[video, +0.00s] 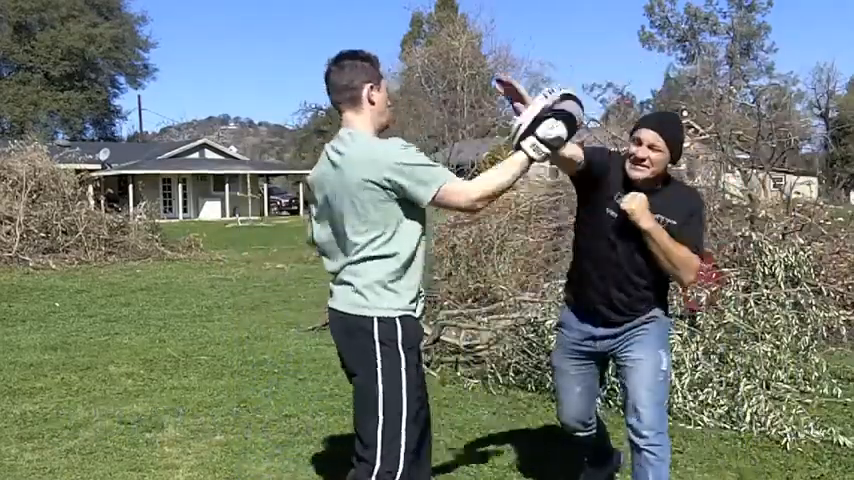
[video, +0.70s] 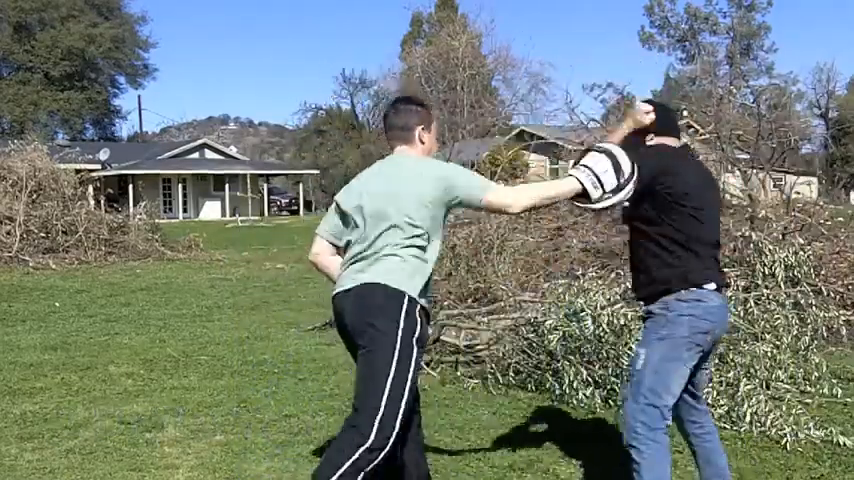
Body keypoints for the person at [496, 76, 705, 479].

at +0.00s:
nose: (640, 153)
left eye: (653, 147)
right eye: (637, 142)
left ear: (672, 157)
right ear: (628, 141)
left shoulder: (685, 200)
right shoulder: (603, 164)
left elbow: (688, 272)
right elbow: (563, 153)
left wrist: (648, 223)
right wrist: (532, 119)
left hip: (642, 325)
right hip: (580, 321)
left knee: (646, 427)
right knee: (574, 420)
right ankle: (604, 462)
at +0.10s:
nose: (644, 155)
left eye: (657, 149)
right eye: (641, 144)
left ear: (679, 157)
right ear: (634, 142)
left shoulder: (694, 207)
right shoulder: (609, 168)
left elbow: (705, 284)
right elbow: (553, 197)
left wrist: (675, 240)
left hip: (644, 326)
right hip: (583, 319)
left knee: (648, 431)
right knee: (574, 414)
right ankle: (599, 456)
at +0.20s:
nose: (644, 144)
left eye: (657, 139)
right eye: (642, 134)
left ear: (682, 149)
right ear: (637, 133)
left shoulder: (703, 203)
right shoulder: (607, 168)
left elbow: (707, 281)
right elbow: (567, 214)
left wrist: (670, 237)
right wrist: (548, 244)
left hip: (651, 326)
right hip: (590, 318)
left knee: (650, 436)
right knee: (579, 409)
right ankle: (602, 461)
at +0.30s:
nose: (633, 133)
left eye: (645, 127)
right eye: (632, 124)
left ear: (674, 138)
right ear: (631, 126)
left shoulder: (698, 199)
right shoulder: (621, 170)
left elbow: (689, 276)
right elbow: (596, 216)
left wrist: (638, 224)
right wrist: (580, 227)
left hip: (658, 327)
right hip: (604, 316)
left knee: (647, 434)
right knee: (590, 400)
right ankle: (638, 456)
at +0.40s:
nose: (632, 131)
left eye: (643, 125)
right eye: (632, 123)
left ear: (673, 135)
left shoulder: (684, 195)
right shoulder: (640, 173)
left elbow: (640, 263)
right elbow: (624, 237)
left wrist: (602, 210)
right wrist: (595, 212)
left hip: (666, 316)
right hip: (628, 313)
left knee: (646, 426)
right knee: (620, 407)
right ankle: (692, 467)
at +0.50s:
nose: (630, 136)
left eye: (636, 127)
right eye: (630, 128)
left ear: (658, 129)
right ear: (668, 130)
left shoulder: (672, 176)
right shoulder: (661, 174)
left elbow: (595, 190)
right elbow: (623, 224)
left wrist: (627, 140)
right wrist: (614, 160)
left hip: (672, 312)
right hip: (665, 310)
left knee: (636, 416)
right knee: (682, 415)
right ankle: (717, 475)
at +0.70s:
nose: (632, 137)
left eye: (637, 127)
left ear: (648, 131)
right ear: (676, 133)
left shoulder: (652, 159)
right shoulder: (699, 170)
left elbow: (594, 170)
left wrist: (627, 124)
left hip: (679, 307)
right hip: (711, 305)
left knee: (643, 415)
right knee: (690, 406)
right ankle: (718, 474)